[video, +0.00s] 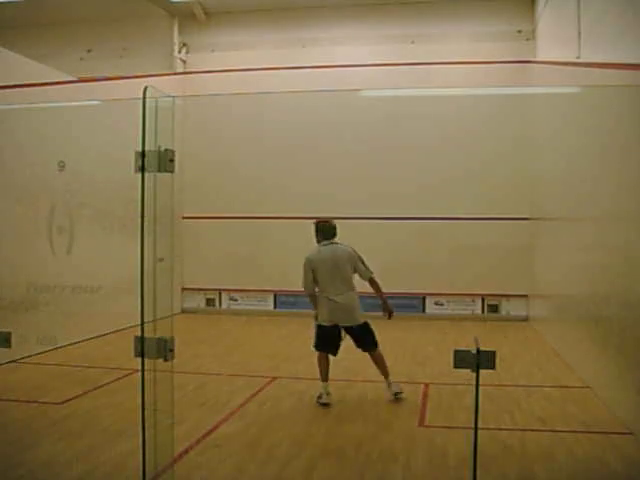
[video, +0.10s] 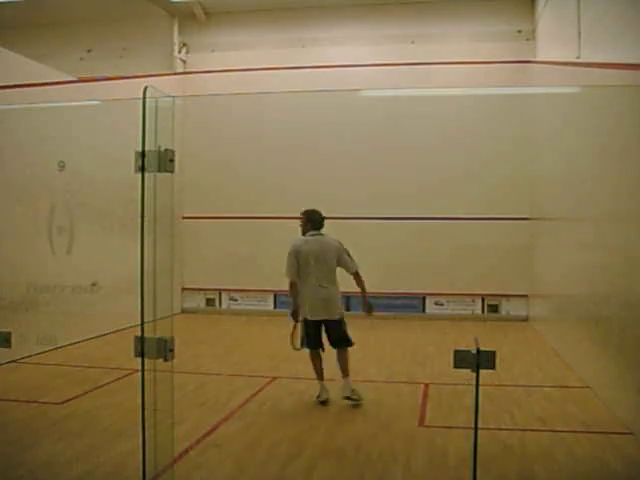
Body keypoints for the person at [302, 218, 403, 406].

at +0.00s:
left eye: (316, 234)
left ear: (317, 236)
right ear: (335, 234)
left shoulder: (312, 258)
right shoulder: (348, 252)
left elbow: (309, 290)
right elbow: (369, 277)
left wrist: (317, 309)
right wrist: (384, 302)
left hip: (326, 315)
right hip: (352, 313)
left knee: (323, 351)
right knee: (372, 348)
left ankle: (325, 392)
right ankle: (391, 385)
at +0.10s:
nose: (299, 225)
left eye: (301, 222)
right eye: (301, 221)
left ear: (306, 224)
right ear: (321, 225)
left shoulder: (297, 246)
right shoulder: (334, 245)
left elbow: (293, 281)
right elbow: (354, 271)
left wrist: (295, 307)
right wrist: (365, 297)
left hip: (309, 309)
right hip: (333, 308)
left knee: (314, 348)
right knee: (342, 345)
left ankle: (322, 389)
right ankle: (347, 386)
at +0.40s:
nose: (252, 230)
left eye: (254, 227)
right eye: (253, 226)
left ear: (260, 230)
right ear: (275, 231)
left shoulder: (249, 252)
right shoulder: (287, 251)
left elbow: (240, 288)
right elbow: (306, 280)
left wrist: (231, 316)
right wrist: (314, 309)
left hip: (251, 316)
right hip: (277, 318)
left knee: (234, 350)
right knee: (282, 359)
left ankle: (221, 389)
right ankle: (285, 402)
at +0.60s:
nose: (211, 239)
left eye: (213, 235)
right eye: (212, 235)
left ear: (220, 238)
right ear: (234, 239)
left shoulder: (208, 260)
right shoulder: (247, 260)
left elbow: (197, 297)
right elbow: (262, 290)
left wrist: (188, 326)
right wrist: (274, 317)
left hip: (211, 324)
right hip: (240, 324)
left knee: (193, 363)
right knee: (263, 359)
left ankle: (179, 405)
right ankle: (280, 401)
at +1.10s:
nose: (174, 233)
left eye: (176, 230)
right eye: (176, 229)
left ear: (180, 232)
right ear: (198, 232)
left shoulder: (171, 257)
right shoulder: (210, 253)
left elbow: (164, 296)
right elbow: (232, 284)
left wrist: (160, 325)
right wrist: (241, 312)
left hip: (179, 323)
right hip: (207, 323)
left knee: (177, 364)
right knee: (220, 362)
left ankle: (177, 407)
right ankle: (215, 408)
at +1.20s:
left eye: (183, 226)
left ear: (181, 229)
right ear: (201, 228)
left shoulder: (171, 255)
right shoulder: (211, 253)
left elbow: (164, 294)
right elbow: (232, 286)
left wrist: (162, 324)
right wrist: (240, 314)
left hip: (178, 324)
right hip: (205, 324)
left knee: (177, 362)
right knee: (217, 364)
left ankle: (177, 405)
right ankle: (212, 414)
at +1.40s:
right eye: (204, 229)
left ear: (185, 232)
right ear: (204, 232)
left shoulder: (170, 253)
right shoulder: (207, 252)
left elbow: (158, 289)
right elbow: (229, 282)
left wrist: (161, 318)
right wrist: (237, 312)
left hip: (169, 317)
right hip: (196, 316)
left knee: (168, 361)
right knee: (218, 360)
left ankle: (152, 404)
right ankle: (224, 415)